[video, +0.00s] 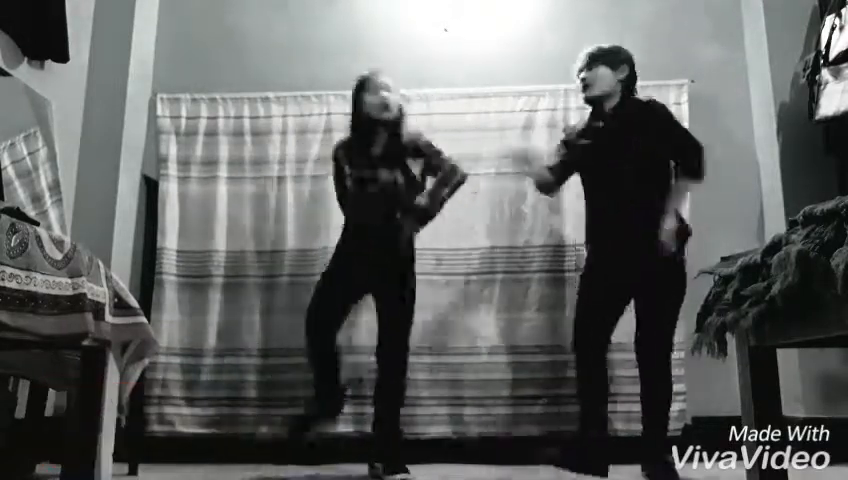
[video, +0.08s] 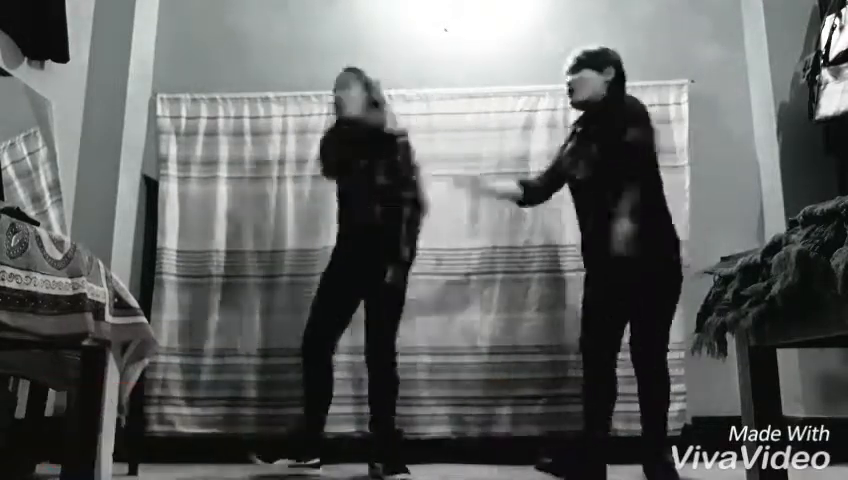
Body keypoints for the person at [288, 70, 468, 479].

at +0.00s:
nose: (384, 97)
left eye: (388, 90)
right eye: (374, 91)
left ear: (397, 101)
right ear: (359, 103)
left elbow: (452, 175)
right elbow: (347, 202)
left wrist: (421, 213)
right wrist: (385, 206)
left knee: (392, 352)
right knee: (319, 323)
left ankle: (387, 450)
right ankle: (327, 402)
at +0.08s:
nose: (340, 99)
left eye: (347, 91)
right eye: (337, 93)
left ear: (367, 93)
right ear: (339, 99)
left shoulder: (393, 142)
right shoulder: (339, 140)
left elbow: (411, 203)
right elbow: (330, 165)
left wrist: (401, 258)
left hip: (386, 258)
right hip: (349, 254)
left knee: (381, 352)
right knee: (316, 343)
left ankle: (386, 453)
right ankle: (310, 445)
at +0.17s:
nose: (315, 98)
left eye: (321, 90)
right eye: (316, 90)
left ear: (342, 95)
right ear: (331, 96)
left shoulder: (372, 135)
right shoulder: (324, 135)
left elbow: (392, 193)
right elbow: (300, 152)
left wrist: (402, 251)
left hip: (364, 253)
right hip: (334, 252)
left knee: (367, 351)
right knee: (306, 347)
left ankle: (390, 453)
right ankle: (304, 448)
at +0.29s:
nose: (291, 104)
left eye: (298, 98)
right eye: (294, 98)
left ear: (314, 107)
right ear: (318, 108)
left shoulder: (343, 146)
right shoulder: (293, 152)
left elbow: (380, 188)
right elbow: (251, 165)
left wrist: (414, 224)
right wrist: (202, 158)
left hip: (332, 261)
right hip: (313, 260)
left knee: (285, 341)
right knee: (286, 343)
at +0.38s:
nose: (278, 111)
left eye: (285, 104)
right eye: (281, 103)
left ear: (304, 110)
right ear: (304, 111)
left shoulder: (331, 148)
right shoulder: (293, 158)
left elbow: (366, 176)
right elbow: (250, 194)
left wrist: (385, 172)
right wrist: (199, 208)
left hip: (314, 261)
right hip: (302, 261)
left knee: (232, 312)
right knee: (282, 346)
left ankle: (303, 364)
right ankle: (301, 447)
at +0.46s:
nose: (268, 104)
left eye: (275, 97)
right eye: (271, 97)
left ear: (294, 100)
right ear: (305, 100)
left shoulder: (298, 139)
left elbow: (274, 206)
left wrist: (234, 251)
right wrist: (234, 250)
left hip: (293, 254)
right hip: (306, 254)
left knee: (245, 337)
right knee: (290, 348)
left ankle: (227, 435)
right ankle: (303, 443)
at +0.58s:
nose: (245, 96)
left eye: (251, 90)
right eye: (248, 89)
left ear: (264, 95)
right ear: (281, 97)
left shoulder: (269, 133)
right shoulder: (284, 134)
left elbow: (226, 157)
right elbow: (230, 156)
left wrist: (181, 151)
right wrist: (188, 152)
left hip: (266, 257)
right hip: (272, 257)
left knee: (230, 351)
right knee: (285, 354)